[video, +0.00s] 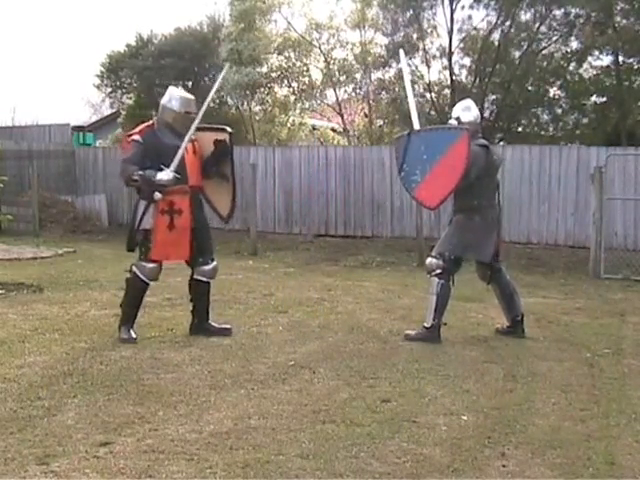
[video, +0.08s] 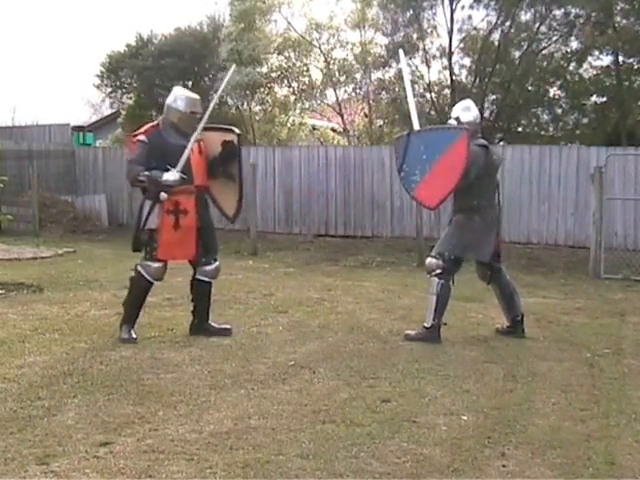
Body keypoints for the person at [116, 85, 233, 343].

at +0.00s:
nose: (190, 119)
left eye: (191, 115)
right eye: (185, 114)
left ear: (191, 114)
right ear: (168, 111)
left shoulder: (189, 141)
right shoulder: (145, 137)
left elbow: (199, 174)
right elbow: (127, 170)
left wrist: (219, 155)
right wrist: (148, 181)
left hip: (190, 208)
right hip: (158, 209)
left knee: (204, 266)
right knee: (148, 266)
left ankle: (201, 322)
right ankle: (126, 324)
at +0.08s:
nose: (195, 120)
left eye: (197, 115)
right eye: (191, 114)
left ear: (194, 114)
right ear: (174, 111)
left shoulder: (195, 141)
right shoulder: (150, 137)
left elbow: (203, 172)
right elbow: (133, 171)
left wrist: (225, 156)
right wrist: (154, 181)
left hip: (195, 209)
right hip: (163, 209)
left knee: (207, 266)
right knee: (153, 266)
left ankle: (201, 322)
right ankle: (127, 324)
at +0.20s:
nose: (200, 119)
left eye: (202, 114)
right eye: (195, 113)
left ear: (203, 114)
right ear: (179, 110)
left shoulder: (201, 140)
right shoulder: (156, 137)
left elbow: (210, 171)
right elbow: (141, 170)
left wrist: (232, 155)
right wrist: (163, 179)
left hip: (202, 210)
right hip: (169, 209)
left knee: (209, 266)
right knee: (162, 265)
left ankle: (201, 322)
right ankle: (133, 323)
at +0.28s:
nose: (202, 119)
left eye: (204, 114)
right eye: (198, 113)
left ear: (205, 113)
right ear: (182, 109)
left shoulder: (205, 139)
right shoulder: (159, 136)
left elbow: (215, 171)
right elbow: (144, 167)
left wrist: (235, 154)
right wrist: (165, 177)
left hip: (205, 208)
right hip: (173, 207)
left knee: (210, 265)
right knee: (170, 261)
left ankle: (201, 321)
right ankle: (140, 320)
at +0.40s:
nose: (205, 118)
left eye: (208, 113)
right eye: (200, 111)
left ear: (210, 113)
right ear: (185, 108)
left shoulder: (209, 138)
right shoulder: (163, 135)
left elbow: (220, 169)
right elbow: (146, 167)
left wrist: (240, 153)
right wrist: (169, 174)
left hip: (209, 208)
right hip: (177, 208)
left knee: (211, 265)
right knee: (175, 261)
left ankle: (201, 322)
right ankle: (155, 321)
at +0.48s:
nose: (205, 118)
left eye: (208, 113)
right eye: (201, 111)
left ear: (210, 112)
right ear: (186, 108)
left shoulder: (210, 138)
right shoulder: (163, 135)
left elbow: (221, 169)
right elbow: (147, 168)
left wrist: (240, 152)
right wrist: (171, 173)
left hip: (210, 209)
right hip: (180, 209)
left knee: (211, 266)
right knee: (179, 262)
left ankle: (201, 321)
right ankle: (165, 324)